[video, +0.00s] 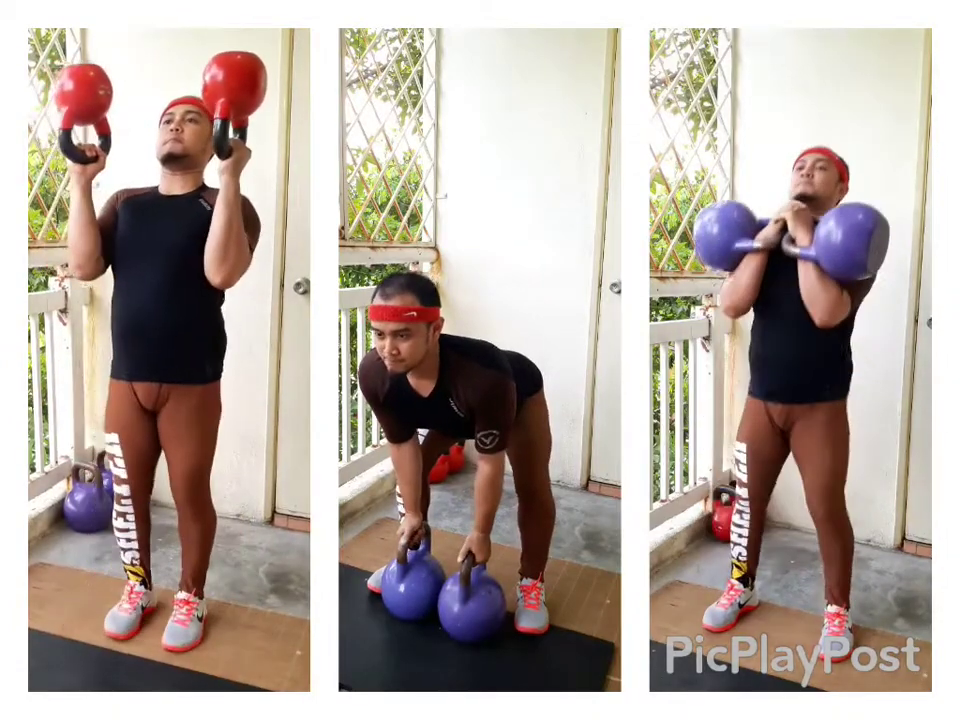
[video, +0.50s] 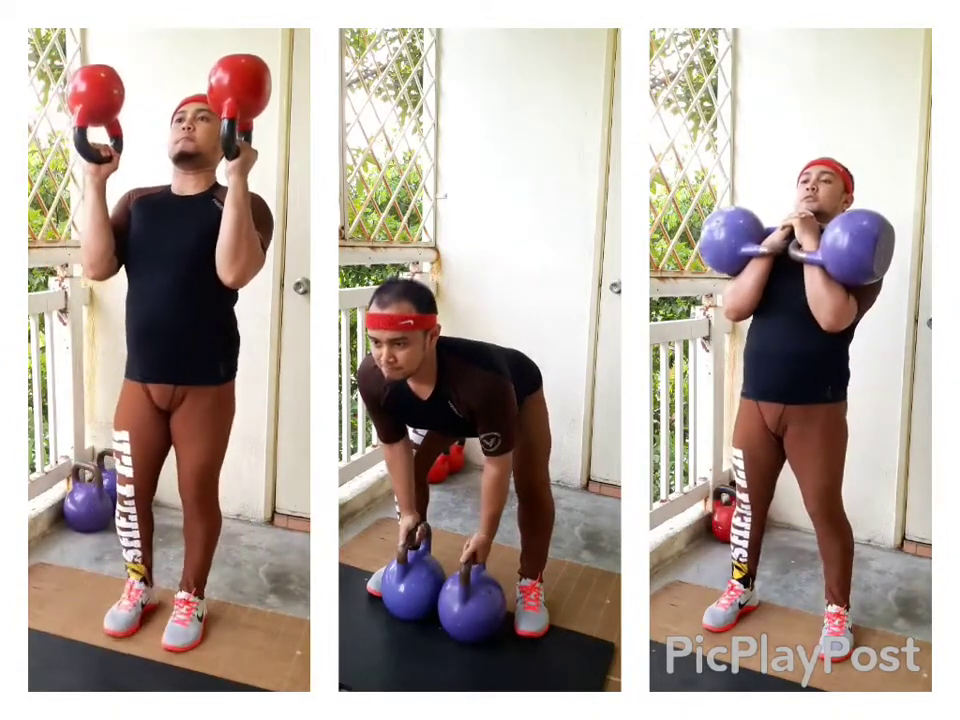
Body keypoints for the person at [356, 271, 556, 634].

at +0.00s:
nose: (389, 349)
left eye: (403, 335)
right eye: (379, 334)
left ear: (435, 329)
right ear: (371, 331)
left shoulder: (485, 378)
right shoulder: (374, 374)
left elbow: (490, 463)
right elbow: (403, 443)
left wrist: (480, 532)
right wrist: (411, 511)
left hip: (514, 394)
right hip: (451, 404)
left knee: (533, 489)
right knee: (413, 471)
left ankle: (532, 582)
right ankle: (410, 562)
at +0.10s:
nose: (389, 350)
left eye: (403, 337)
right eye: (379, 336)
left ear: (435, 330)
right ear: (371, 331)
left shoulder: (485, 378)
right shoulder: (374, 374)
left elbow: (491, 462)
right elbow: (402, 443)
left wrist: (481, 532)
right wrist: (411, 511)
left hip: (514, 394)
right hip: (451, 403)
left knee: (533, 490)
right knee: (413, 471)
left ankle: (532, 582)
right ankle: (409, 562)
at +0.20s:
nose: (387, 352)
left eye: (401, 339)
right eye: (378, 338)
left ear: (434, 331)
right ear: (370, 333)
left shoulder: (484, 378)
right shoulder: (373, 375)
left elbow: (492, 464)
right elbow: (402, 443)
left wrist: (481, 533)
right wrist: (411, 512)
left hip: (514, 394)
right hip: (451, 404)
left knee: (533, 488)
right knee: (412, 471)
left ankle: (532, 583)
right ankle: (409, 563)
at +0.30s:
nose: (386, 354)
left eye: (400, 340)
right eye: (377, 339)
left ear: (433, 332)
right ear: (369, 334)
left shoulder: (484, 380)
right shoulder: (373, 377)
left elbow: (492, 465)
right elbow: (397, 445)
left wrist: (481, 533)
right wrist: (410, 512)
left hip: (513, 393)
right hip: (448, 402)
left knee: (534, 489)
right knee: (412, 470)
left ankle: (531, 583)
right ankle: (409, 563)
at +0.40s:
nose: (385, 356)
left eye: (399, 343)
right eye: (376, 342)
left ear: (432, 334)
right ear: (368, 337)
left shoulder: (483, 381)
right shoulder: (372, 378)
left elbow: (494, 465)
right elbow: (394, 447)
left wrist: (482, 533)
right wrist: (407, 513)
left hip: (513, 392)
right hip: (448, 401)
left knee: (533, 489)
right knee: (412, 471)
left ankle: (531, 583)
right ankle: (409, 563)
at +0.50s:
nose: (386, 357)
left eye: (399, 344)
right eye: (376, 343)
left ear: (432, 335)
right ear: (368, 338)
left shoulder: (483, 380)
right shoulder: (373, 378)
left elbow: (497, 466)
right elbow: (394, 447)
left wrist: (485, 535)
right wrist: (407, 514)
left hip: (513, 392)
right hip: (448, 401)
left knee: (533, 487)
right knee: (412, 469)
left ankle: (531, 583)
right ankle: (408, 563)